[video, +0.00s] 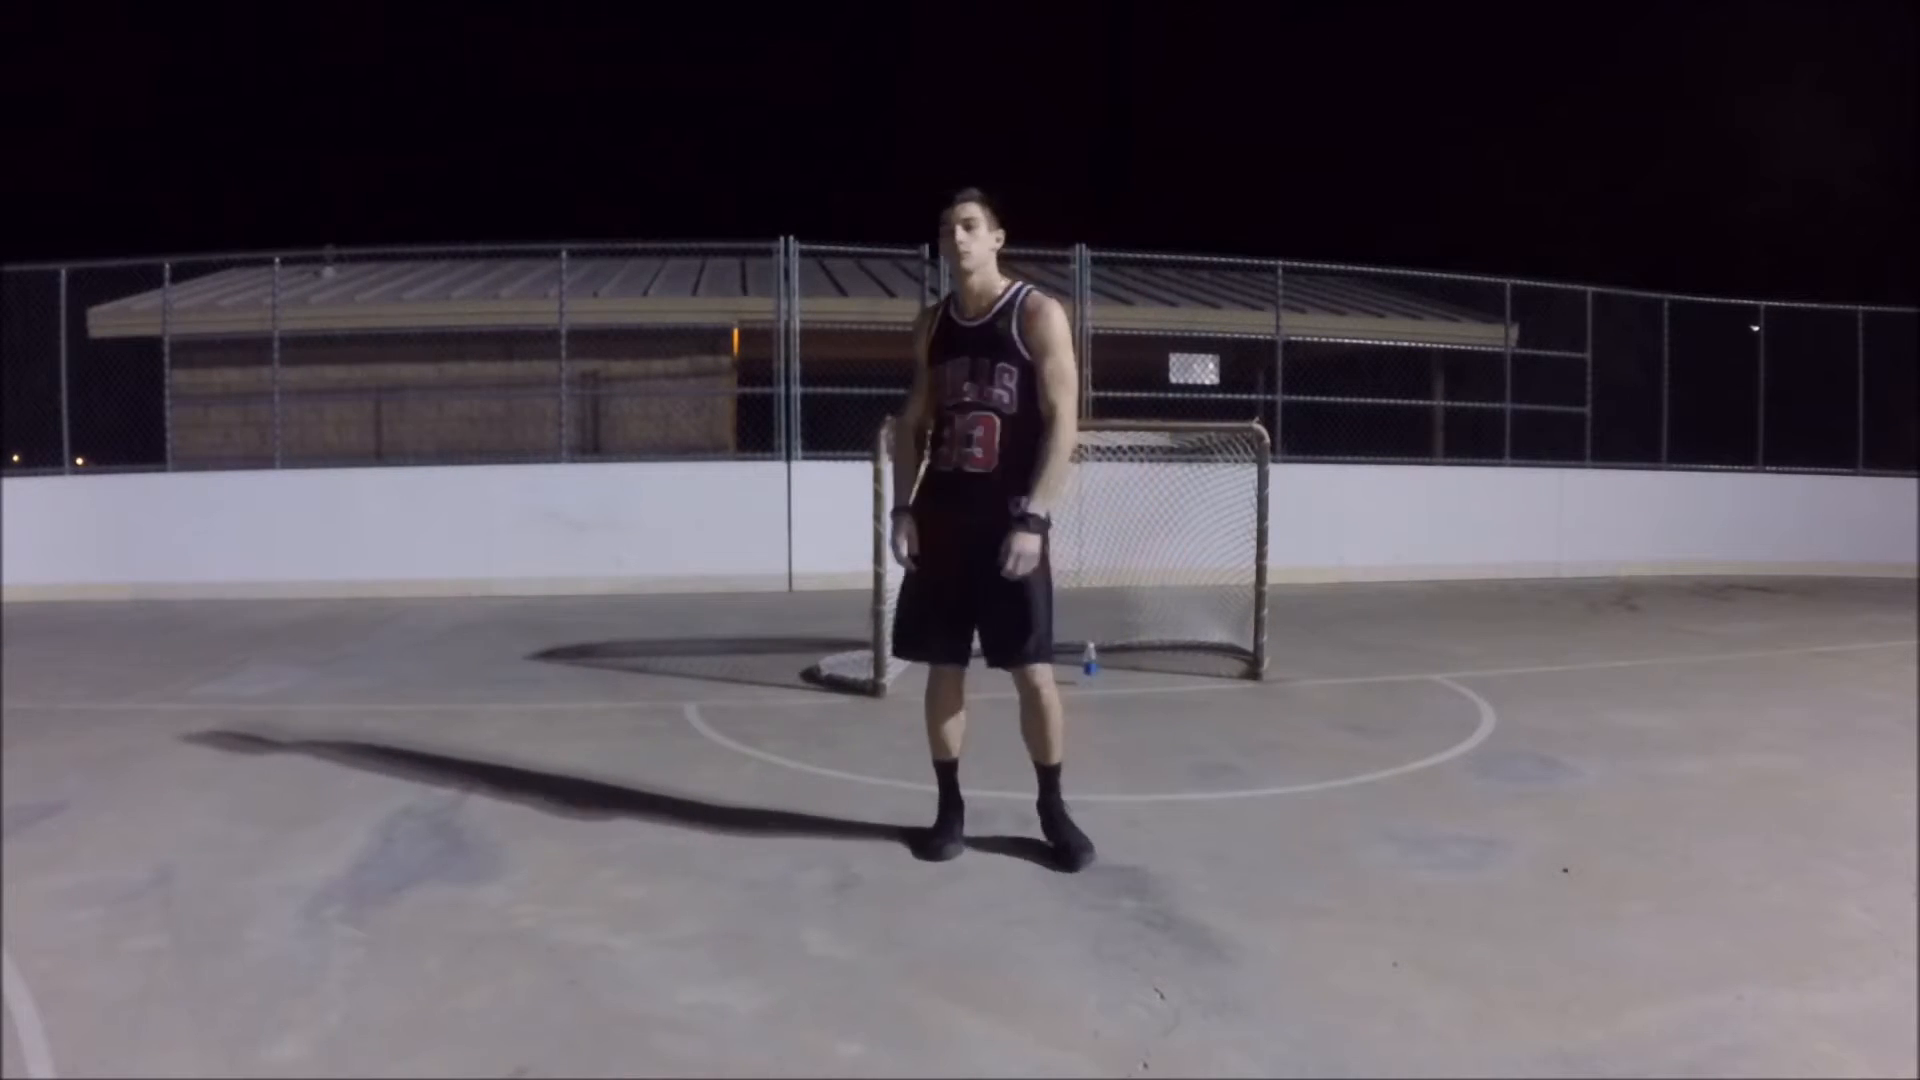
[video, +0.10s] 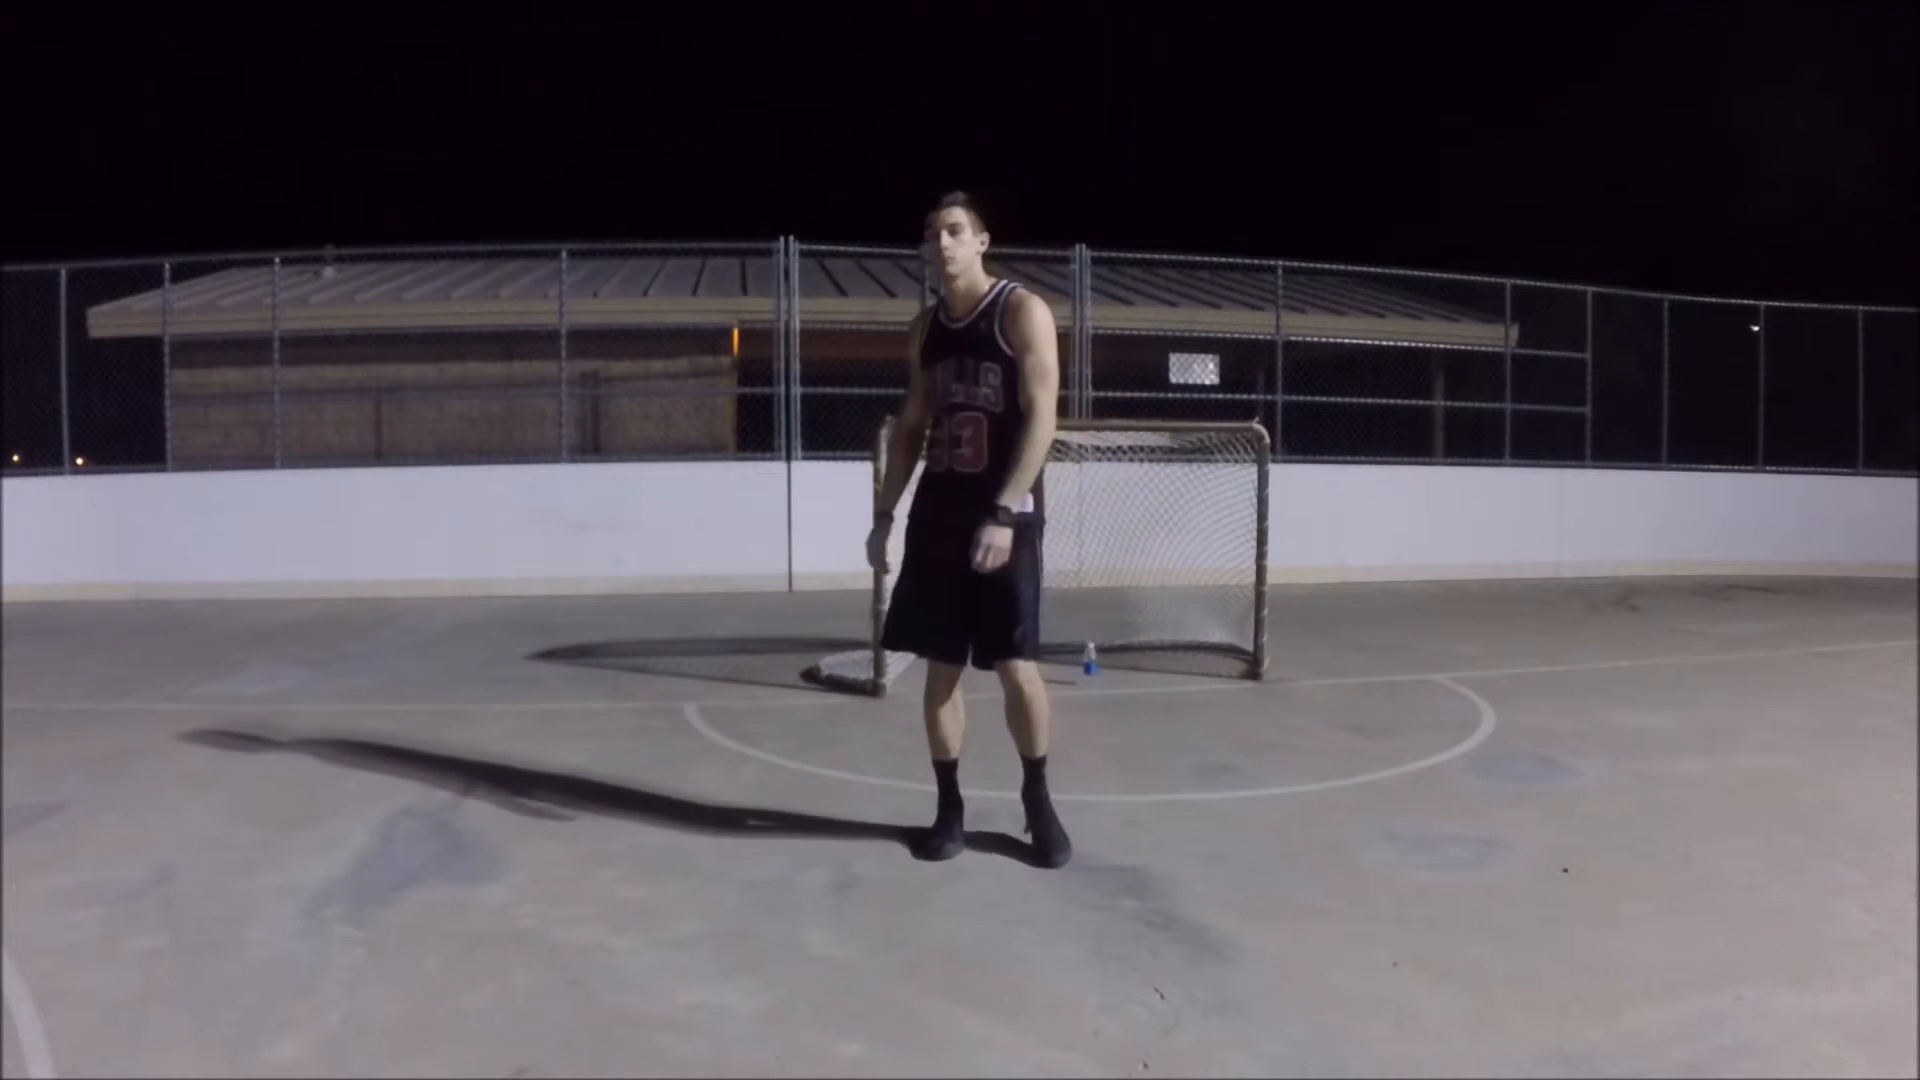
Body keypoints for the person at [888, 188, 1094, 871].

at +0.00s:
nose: (957, 239)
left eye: (969, 227)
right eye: (949, 230)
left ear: (998, 237)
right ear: (941, 245)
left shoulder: (1039, 314)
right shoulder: (935, 321)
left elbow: (1062, 423)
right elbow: (915, 420)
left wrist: (1034, 520)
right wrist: (903, 505)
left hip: (1013, 518)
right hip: (943, 517)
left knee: (1032, 670)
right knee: (944, 667)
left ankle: (1053, 810)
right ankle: (949, 813)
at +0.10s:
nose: (941, 244)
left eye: (953, 231)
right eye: (933, 235)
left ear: (982, 240)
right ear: (925, 249)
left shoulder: (1023, 311)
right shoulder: (928, 325)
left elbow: (1042, 419)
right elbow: (913, 425)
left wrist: (1007, 513)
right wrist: (883, 515)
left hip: (1007, 508)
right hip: (941, 507)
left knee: (1014, 663)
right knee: (942, 665)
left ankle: (1038, 803)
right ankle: (950, 809)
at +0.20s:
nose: (934, 243)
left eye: (946, 233)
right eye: (926, 235)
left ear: (974, 244)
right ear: (918, 250)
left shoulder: (1013, 309)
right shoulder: (923, 331)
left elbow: (1029, 416)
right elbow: (910, 429)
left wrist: (982, 507)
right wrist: (877, 517)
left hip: (1007, 508)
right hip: (939, 505)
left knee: (1010, 660)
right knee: (941, 666)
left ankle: (1032, 795)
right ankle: (949, 810)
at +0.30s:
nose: (932, 240)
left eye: (945, 230)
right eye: (924, 232)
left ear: (972, 243)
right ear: (915, 248)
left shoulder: (1010, 309)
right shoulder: (921, 330)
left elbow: (1020, 416)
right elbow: (910, 426)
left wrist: (966, 502)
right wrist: (880, 515)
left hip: (1007, 505)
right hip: (940, 502)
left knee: (1013, 652)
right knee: (942, 665)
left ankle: (1035, 766)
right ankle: (949, 813)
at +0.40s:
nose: (936, 238)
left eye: (948, 227)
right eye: (927, 230)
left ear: (975, 240)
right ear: (917, 246)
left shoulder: (1012, 308)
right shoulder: (919, 324)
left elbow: (1018, 416)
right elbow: (911, 423)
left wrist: (964, 502)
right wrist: (886, 512)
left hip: (1007, 509)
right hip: (940, 507)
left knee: (1023, 660)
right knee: (944, 668)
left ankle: (1040, 741)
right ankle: (950, 809)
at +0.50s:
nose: (940, 240)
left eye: (952, 229)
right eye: (930, 232)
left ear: (978, 241)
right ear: (919, 248)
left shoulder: (1018, 310)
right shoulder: (919, 325)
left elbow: (1024, 419)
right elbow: (914, 426)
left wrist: (971, 506)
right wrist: (893, 514)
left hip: (1007, 509)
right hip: (938, 508)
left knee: (1029, 664)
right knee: (944, 666)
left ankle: (1043, 746)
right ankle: (949, 806)